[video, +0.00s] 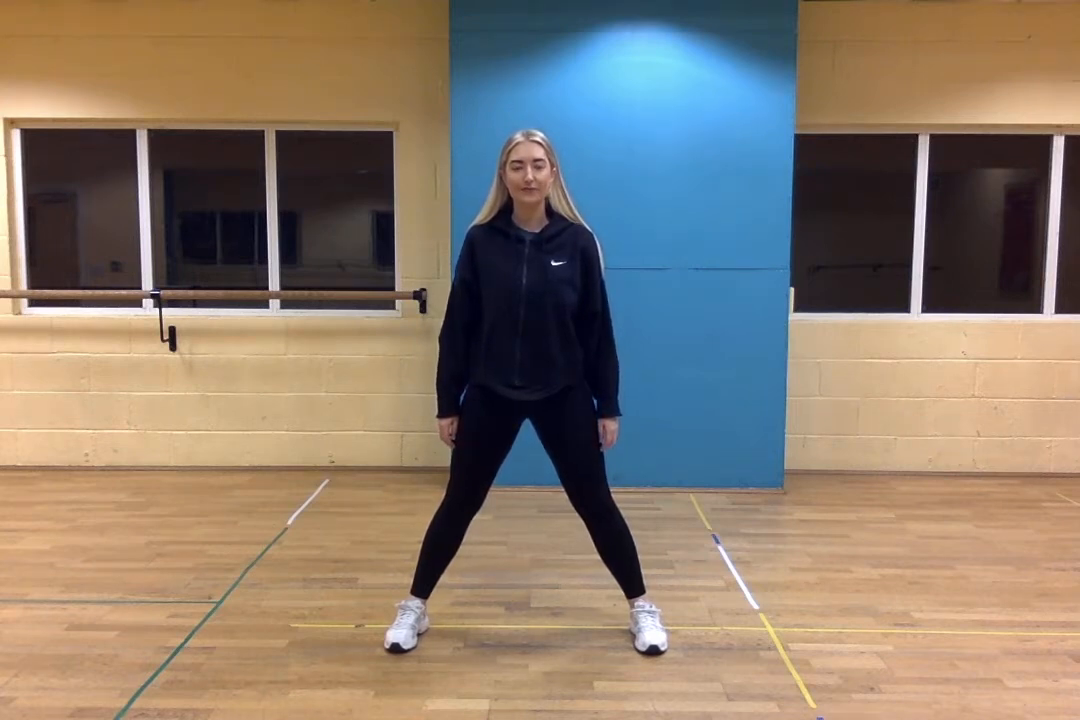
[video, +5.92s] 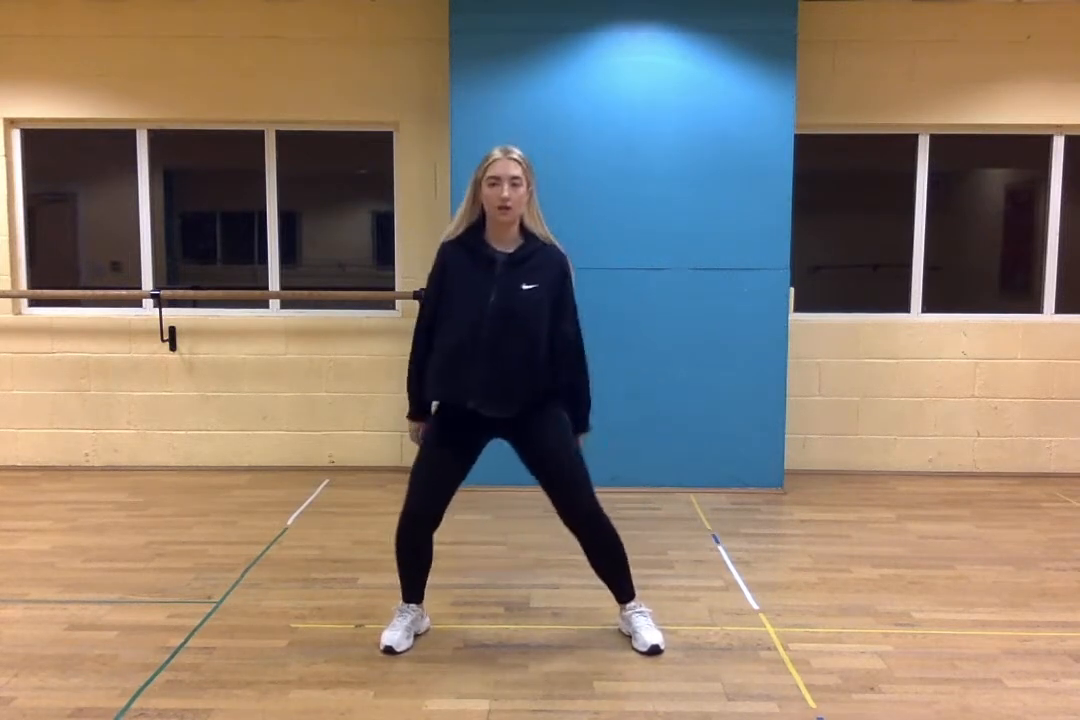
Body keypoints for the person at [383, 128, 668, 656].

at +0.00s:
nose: (528, 173)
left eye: (538, 164)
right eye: (518, 165)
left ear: (553, 173)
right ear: (504, 175)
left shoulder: (578, 240)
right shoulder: (481, 238)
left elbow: (597, 325)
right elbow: (457, 322)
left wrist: (608, 405)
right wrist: (448, 402)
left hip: (563, 394)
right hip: (491, 394)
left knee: (595, 503)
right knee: (459, 501)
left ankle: (641, 607)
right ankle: (413, 606)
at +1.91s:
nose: (491, 176)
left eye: (502, 167)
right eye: (481, 166)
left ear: (516, 178)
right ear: (466, 175)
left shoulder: (535, 248)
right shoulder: (439, 239)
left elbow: (557, 330)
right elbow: (411, 317)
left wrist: (573, 409)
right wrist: (400, 396)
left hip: (518, 398)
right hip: (446, 397)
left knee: (568, 504)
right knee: (409, 514)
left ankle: (632, 604)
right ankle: (410, 608)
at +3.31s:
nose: (537, 175)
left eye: (546, 166)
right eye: (526, 167)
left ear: (561, 175)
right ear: (511, 179)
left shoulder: (588, 240)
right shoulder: (491, 242)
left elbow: (607, 316)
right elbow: (469, 323)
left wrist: (596, 383)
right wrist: (469, 400)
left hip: (580, 390)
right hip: (510, 392)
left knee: (614, 505)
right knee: (468, 504)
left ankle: (634, 610)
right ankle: (417, 607)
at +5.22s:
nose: (534, 174)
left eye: (543, 165)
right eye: (523, 166)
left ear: (557, 174)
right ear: (508, 177)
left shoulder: (583, 240)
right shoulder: (487, 240)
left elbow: (601, 318)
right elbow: (461, 316)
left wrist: (602, 388)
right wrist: (450, 393)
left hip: (573, 388)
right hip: (504, 391)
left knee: (610, 502)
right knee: (463, 502)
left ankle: (635, 608)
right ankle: (417, 606)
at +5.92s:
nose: (505, 192)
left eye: (515, 182)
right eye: (495, 183)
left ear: (529, 192)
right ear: (479, 192)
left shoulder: (549, 259)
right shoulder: (453, 254)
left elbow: (568, 341)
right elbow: (427, 329)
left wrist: (578, 419)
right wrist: (419, 406)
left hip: (533, 407)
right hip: (462, 407)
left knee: (582, 510)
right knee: (416, 517)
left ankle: (632, 609)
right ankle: (410, 609)